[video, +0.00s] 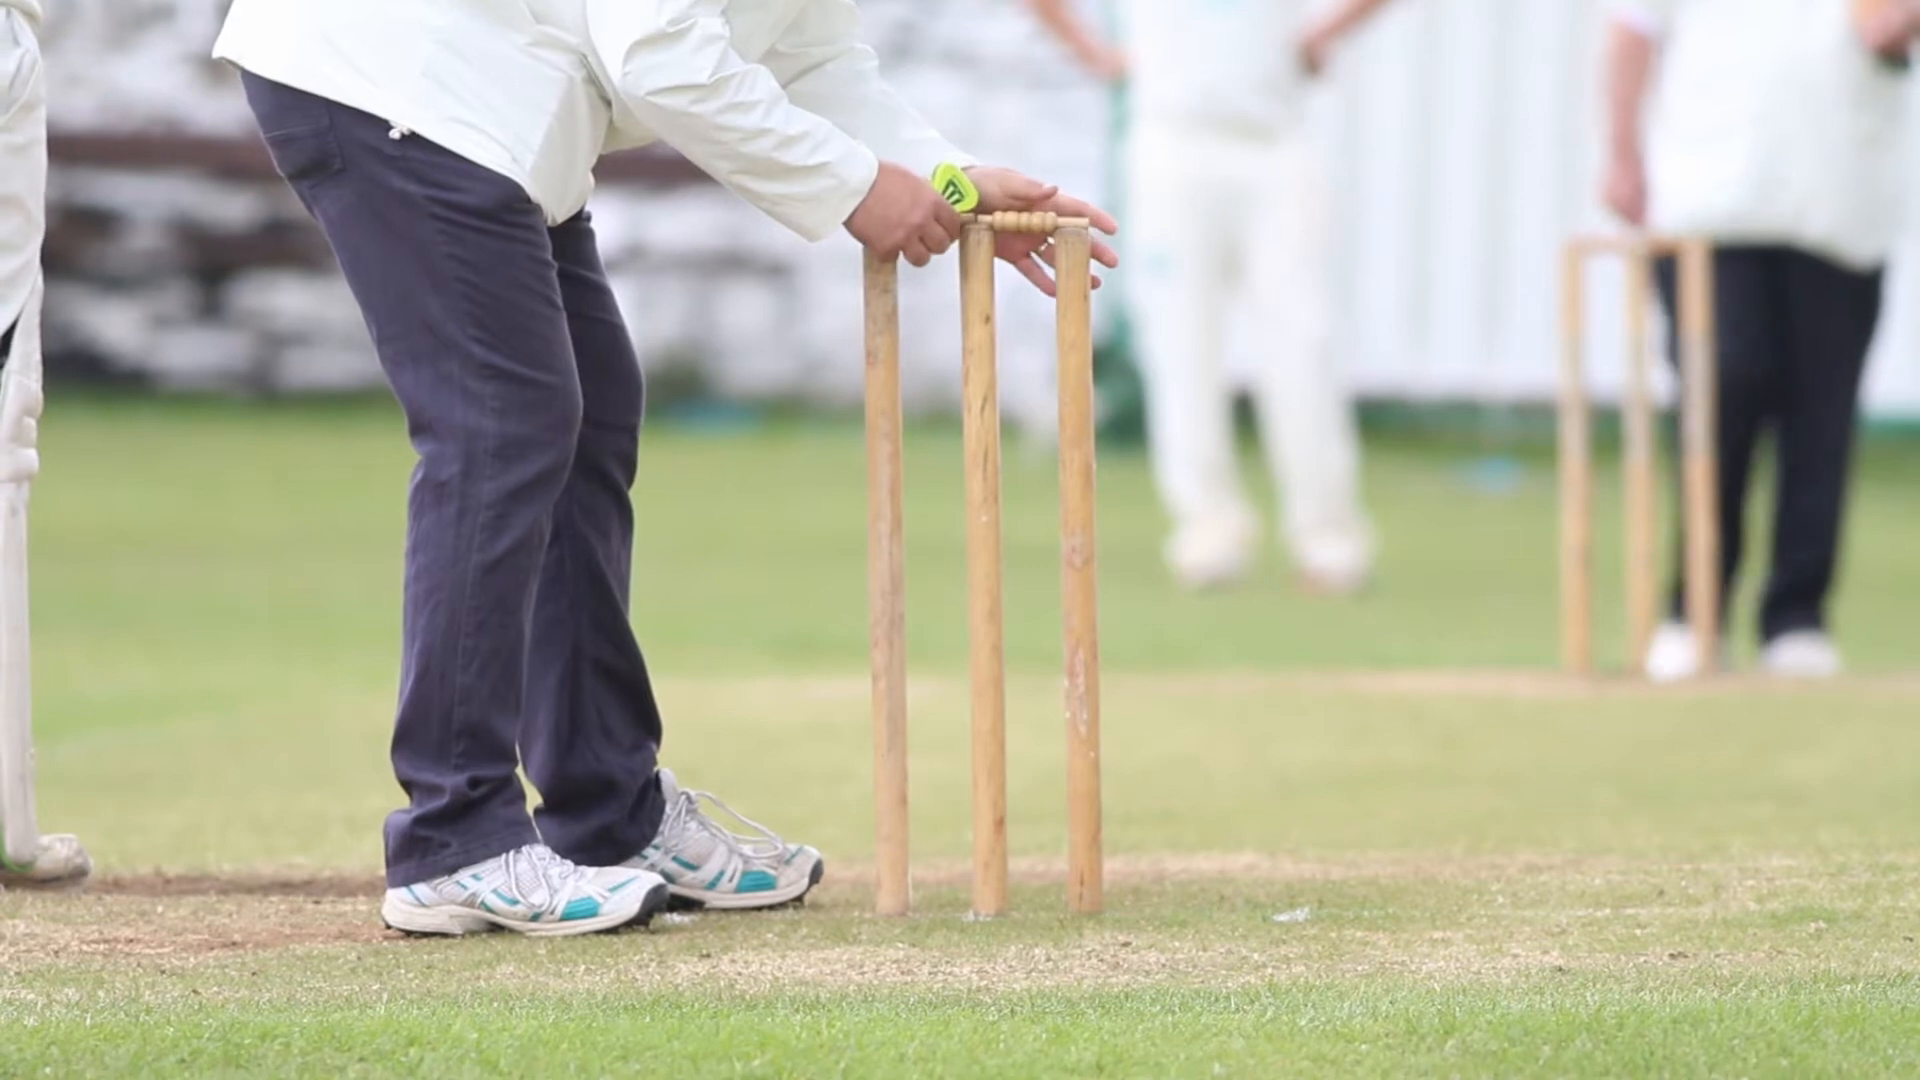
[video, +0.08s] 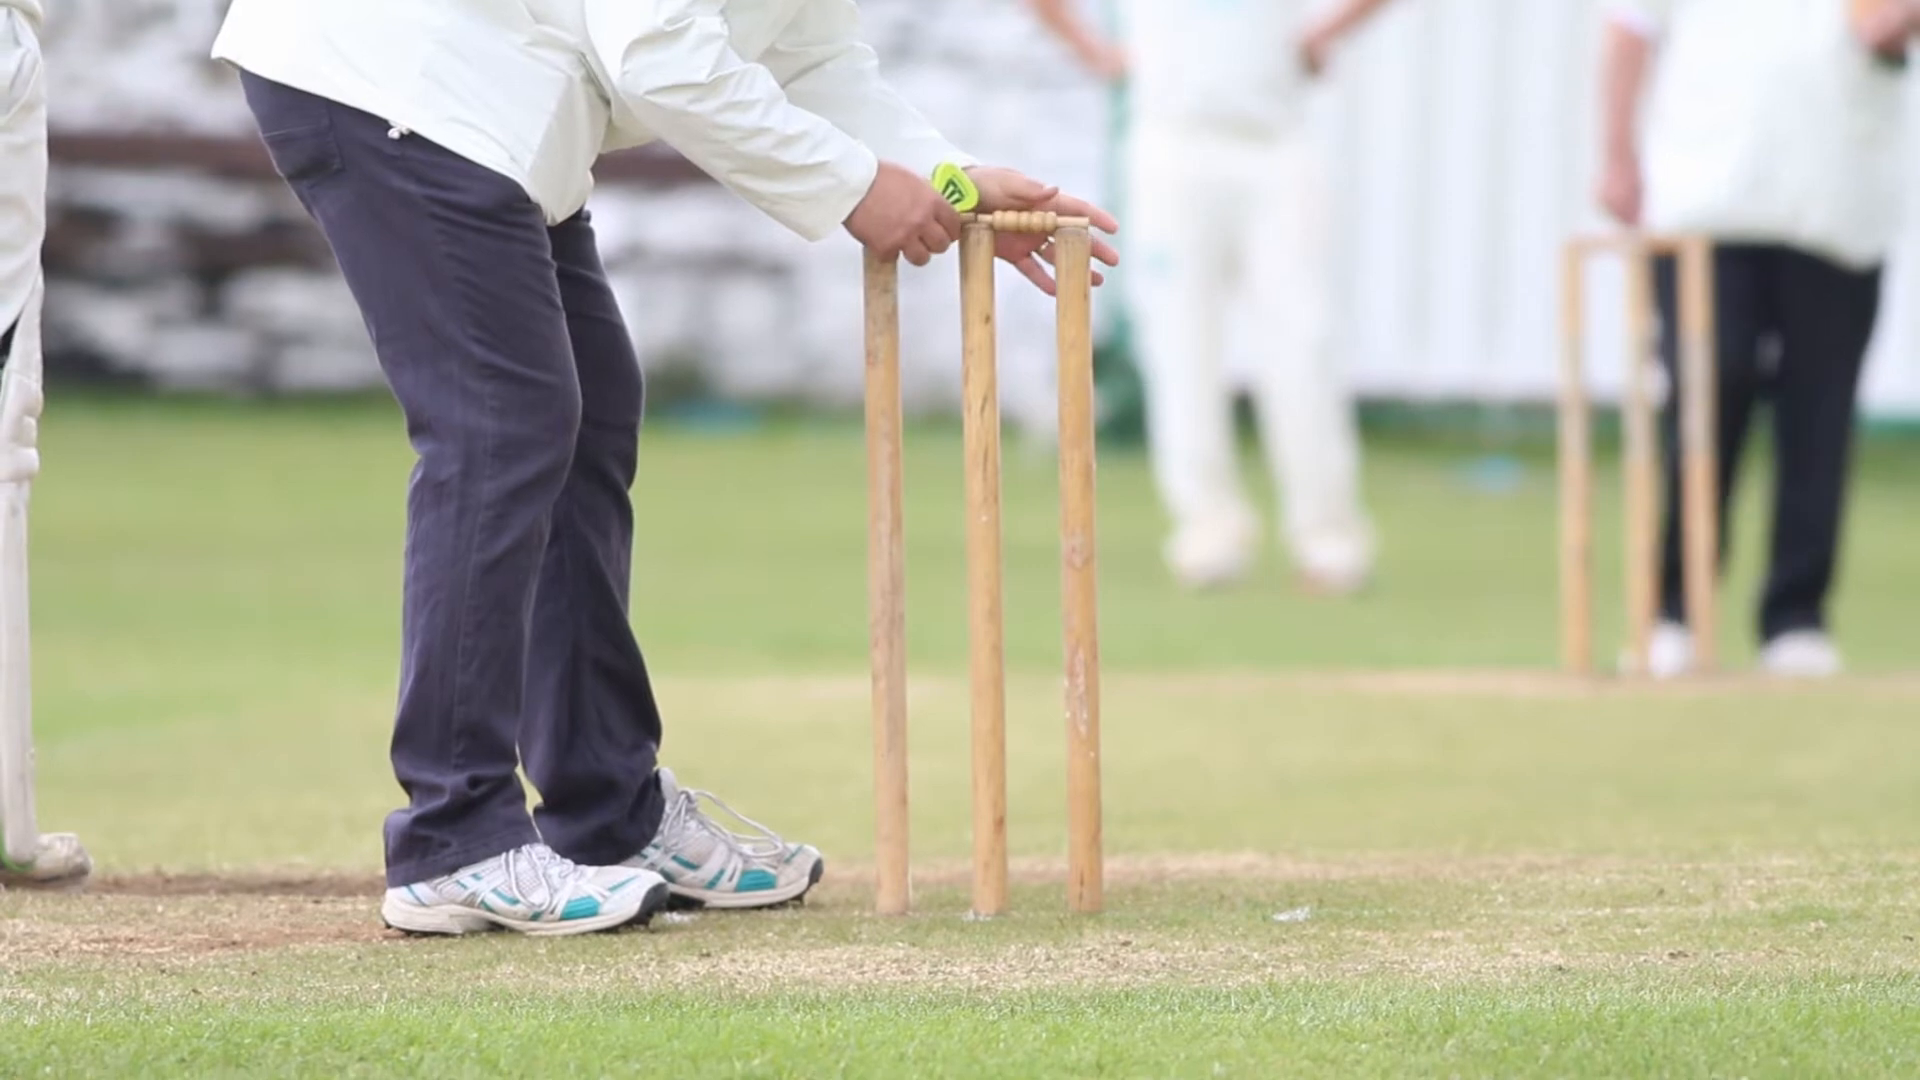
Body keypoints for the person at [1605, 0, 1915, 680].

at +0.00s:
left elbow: (1886, 28)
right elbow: (1633, 24)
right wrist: (1625, 158)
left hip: (1845, 197)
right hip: (1710, 191)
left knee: (1820, 431)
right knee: (1714, 420)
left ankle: (1796, 624)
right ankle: (1690, 622)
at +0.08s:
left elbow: (1884, 27)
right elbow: (1630, 23)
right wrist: (1620, 158)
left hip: (1845, 195)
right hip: (1707, 187)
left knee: (1818, 429)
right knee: (1700, 418)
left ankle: (1796, 624)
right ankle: (1674, 618)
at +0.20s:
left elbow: (1879, 24)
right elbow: (1624, 24)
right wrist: (1612, 160)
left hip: (1836, 199)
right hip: (1696, 193)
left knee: (1812, 434)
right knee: (1678, 426)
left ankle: (1796, 624)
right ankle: (1642, 618)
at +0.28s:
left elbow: (1871, 23)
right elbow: (1618, 24)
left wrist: (1888, 17)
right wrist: (1605, 160)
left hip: (1831, 199)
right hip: (1692, 194)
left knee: (1810, 433)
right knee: (1672, 425)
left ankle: (1795, 623)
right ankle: (1632, 618)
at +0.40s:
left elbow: (1874, 22)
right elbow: (1603, 21)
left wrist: (1878, 14)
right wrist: (1592, 158)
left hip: (1819, 199)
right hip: (1675, 195)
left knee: (1804, 435)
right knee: (1665, 430)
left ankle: (1794, 623)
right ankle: (1628, 623)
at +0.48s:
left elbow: (1895, 13)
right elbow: (1591, 22)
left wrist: (1864, 10)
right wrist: (1580, 157)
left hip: (1808, 193)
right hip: (1662, 187)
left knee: (1797, 428)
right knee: (1652, 425)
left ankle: (1793, 622)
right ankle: (1627, 622)